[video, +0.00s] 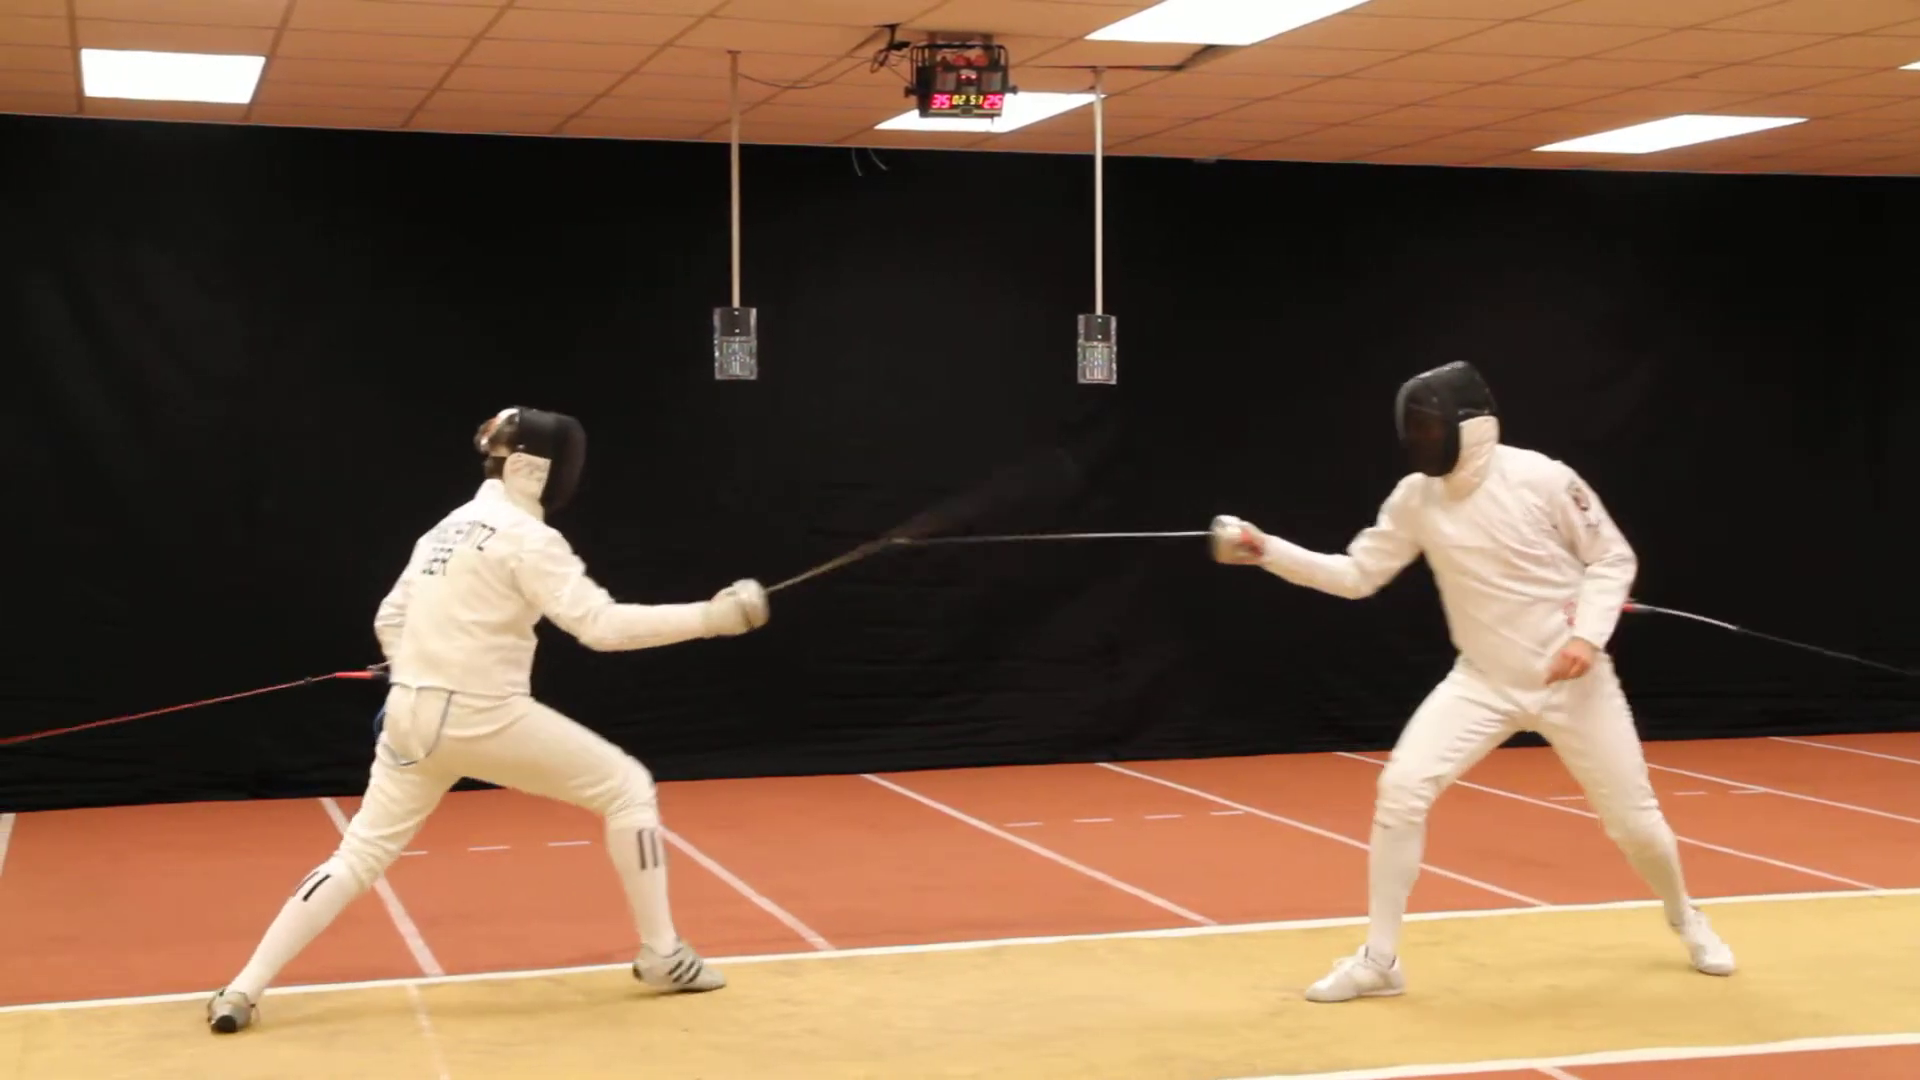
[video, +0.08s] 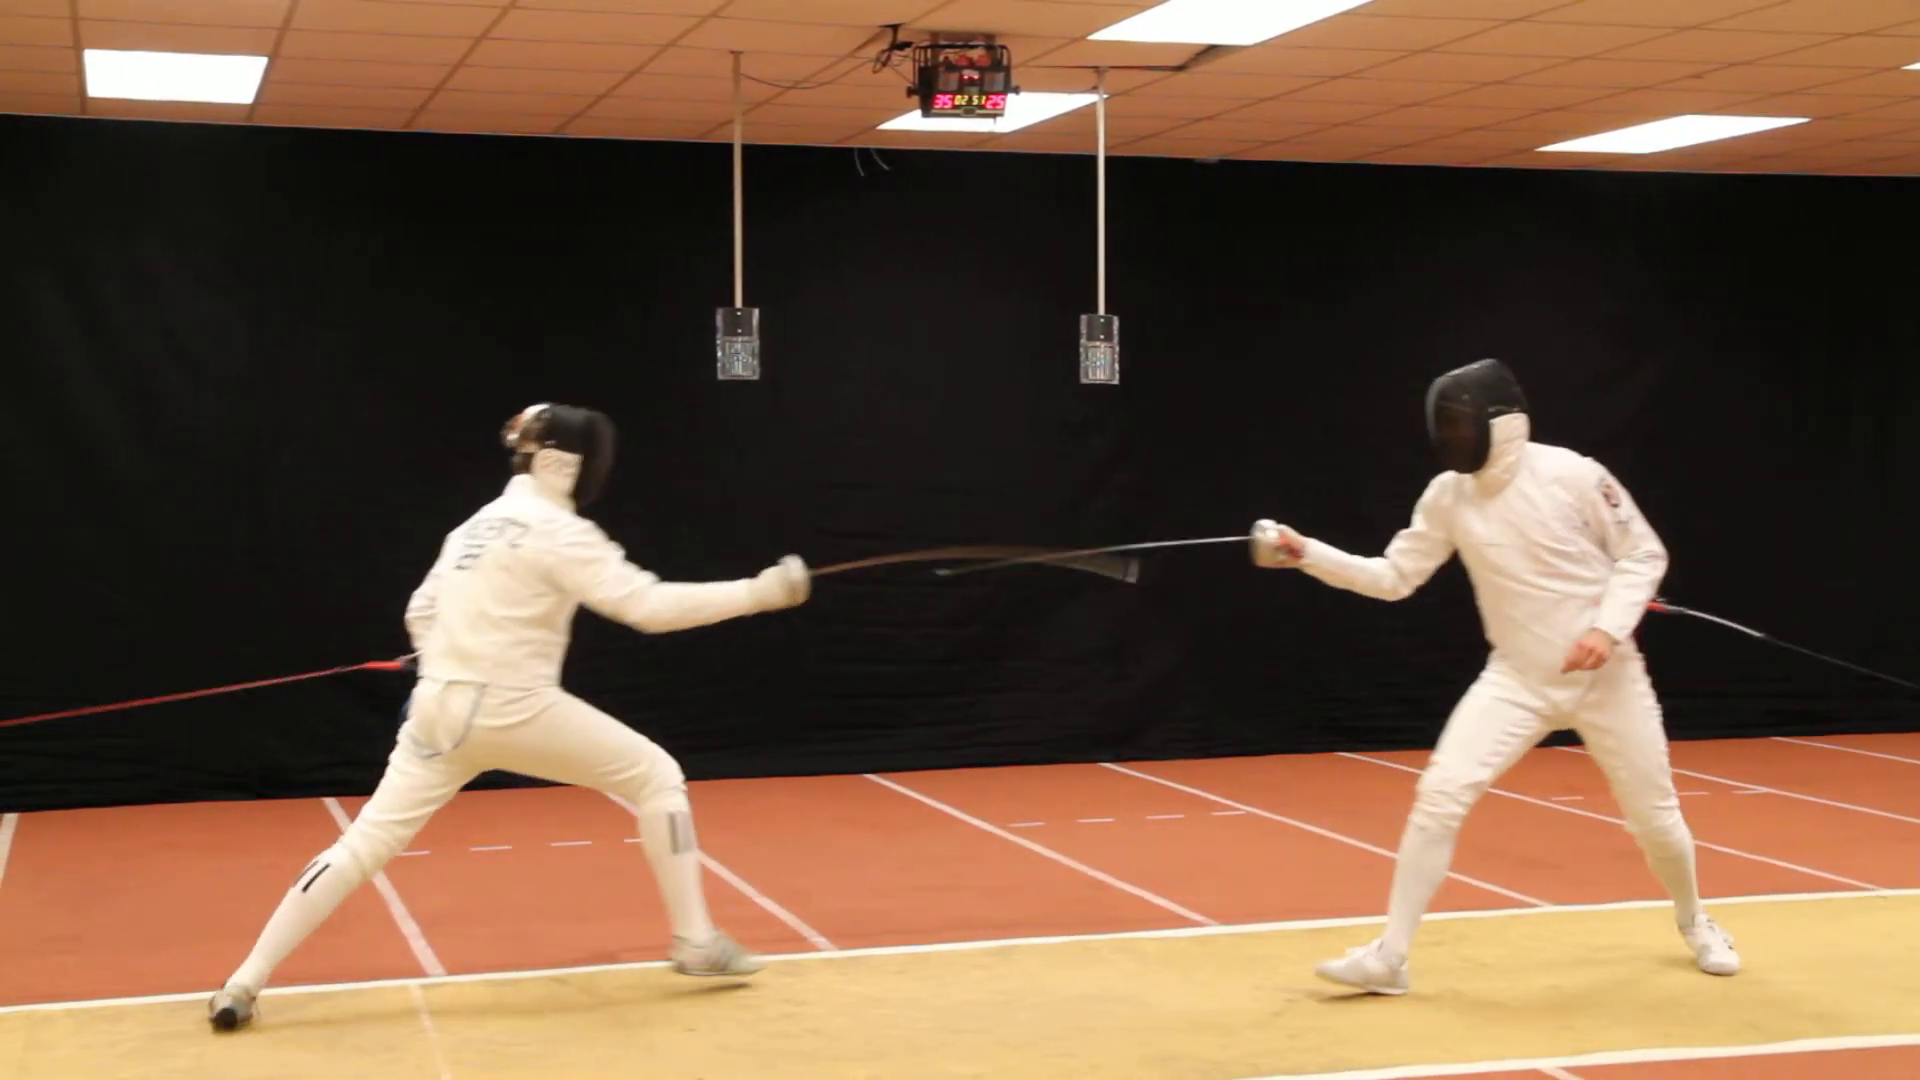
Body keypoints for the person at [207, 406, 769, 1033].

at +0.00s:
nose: (563, 482)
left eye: (555, 466)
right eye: (560, 469)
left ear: (499, 462)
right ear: (542, 470)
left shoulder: (445, 530)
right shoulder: (527, 538)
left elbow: (392, 619)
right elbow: (603, 625)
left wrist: (422, 686)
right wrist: (715, 613)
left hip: (408, 713)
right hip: (487, 716)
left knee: (357, 857)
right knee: (625, 788)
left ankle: (242, 990)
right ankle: (662, 955)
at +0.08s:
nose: (560, 468)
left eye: (555, 453)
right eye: (563, 457)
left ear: (533, 458)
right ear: (564, 465)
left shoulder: (477, 524)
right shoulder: (560, 531)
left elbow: (421, 611)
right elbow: (650, 606)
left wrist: (452, 679)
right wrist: (762, 592)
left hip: (435, 708)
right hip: (516, 707)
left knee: (361, 848)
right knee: (653, 777)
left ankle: (242, 984)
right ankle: (696, 939)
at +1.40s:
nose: (656, 445)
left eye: (656, 432)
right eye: (654, 433)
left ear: (590, 428)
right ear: (637, 434)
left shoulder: (540, 503)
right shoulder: (641, 507)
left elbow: (493, 604)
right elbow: (706, 593)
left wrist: (539, 663)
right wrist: (807, 565)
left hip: (526, 686)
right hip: (610, 689)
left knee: (487, 826)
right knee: (717, 801)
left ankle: (403, 979)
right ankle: (749, 958)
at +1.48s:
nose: (643, 447)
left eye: (642, 435)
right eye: (641, 436)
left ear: (576, 428)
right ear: (626, 436)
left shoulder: (522, 504)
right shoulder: (622, 508)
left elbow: (471, 599)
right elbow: (689, 591)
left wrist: (509, 664)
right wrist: (791, 561)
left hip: (507, 691)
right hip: (593, 693)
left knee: (474, 828)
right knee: (699, 803)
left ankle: (399, 982)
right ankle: (746, 958)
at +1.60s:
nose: (634, 441)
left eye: (626, 428)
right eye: (632, 431)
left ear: (569, 423)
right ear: (618, 432)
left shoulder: (512, 498)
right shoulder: (613, 503)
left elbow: (457, 590)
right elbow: (681, 590)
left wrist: (495, 658)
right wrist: (787, 578)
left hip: (493, 687)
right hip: (578, 689)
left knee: (470, 825)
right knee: (686, 793)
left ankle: (398, 983)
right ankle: (725, 955)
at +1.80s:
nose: (639, 453)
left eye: (636, 440)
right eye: (635, 440)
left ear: (572, 438)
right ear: (614, 444)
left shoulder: (511, 508)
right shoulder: (617, 516)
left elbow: (451, 589)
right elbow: (686, 604)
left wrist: (495, 662)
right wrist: (792, 593)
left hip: (493, 692)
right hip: (576, 693)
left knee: (455, 831)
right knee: (688, 796)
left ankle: (364, 972)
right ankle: (709, 958)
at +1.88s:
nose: (634, 464)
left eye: (630, 451)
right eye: (630, 452)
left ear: (565, 452)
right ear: (611, 458)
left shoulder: (505, 519)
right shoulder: (609, 529)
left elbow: (441, 601)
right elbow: (683, 613)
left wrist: (486, 671)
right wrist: (786, 588)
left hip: (484, 705)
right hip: (566, 708)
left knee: (437, 843)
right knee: (689, 796)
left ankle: (347, 984)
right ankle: (709, 957)